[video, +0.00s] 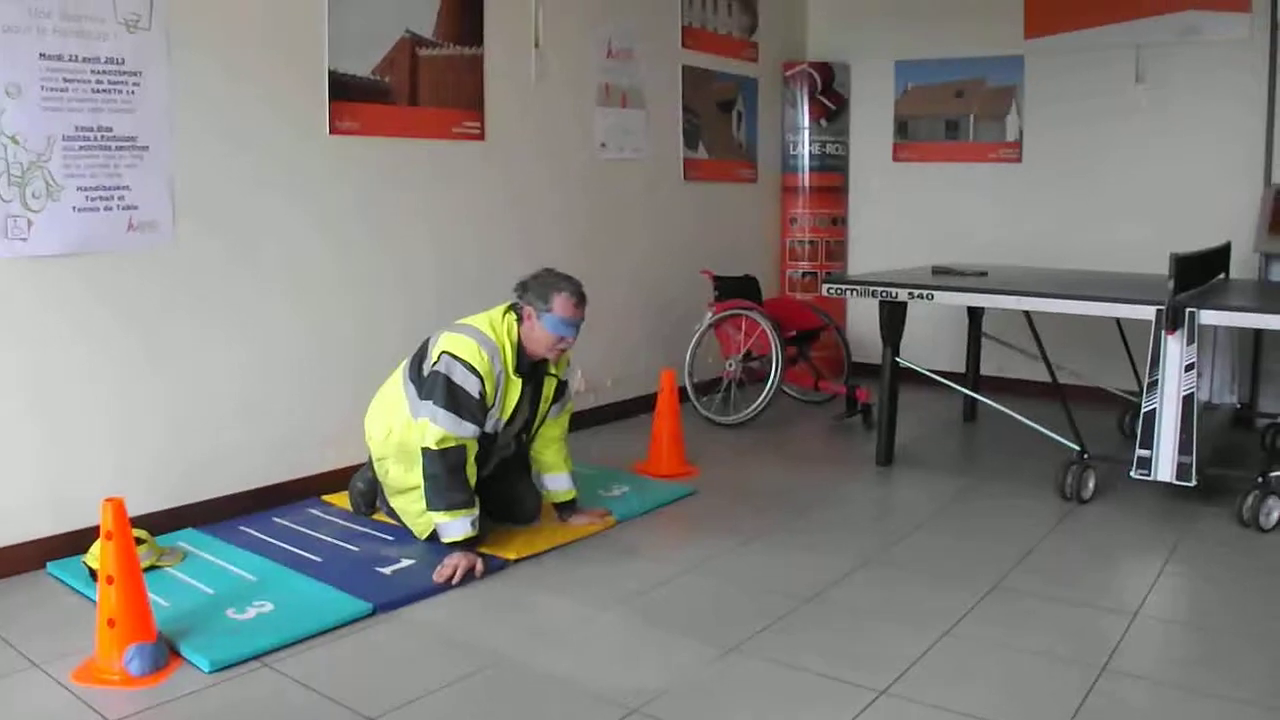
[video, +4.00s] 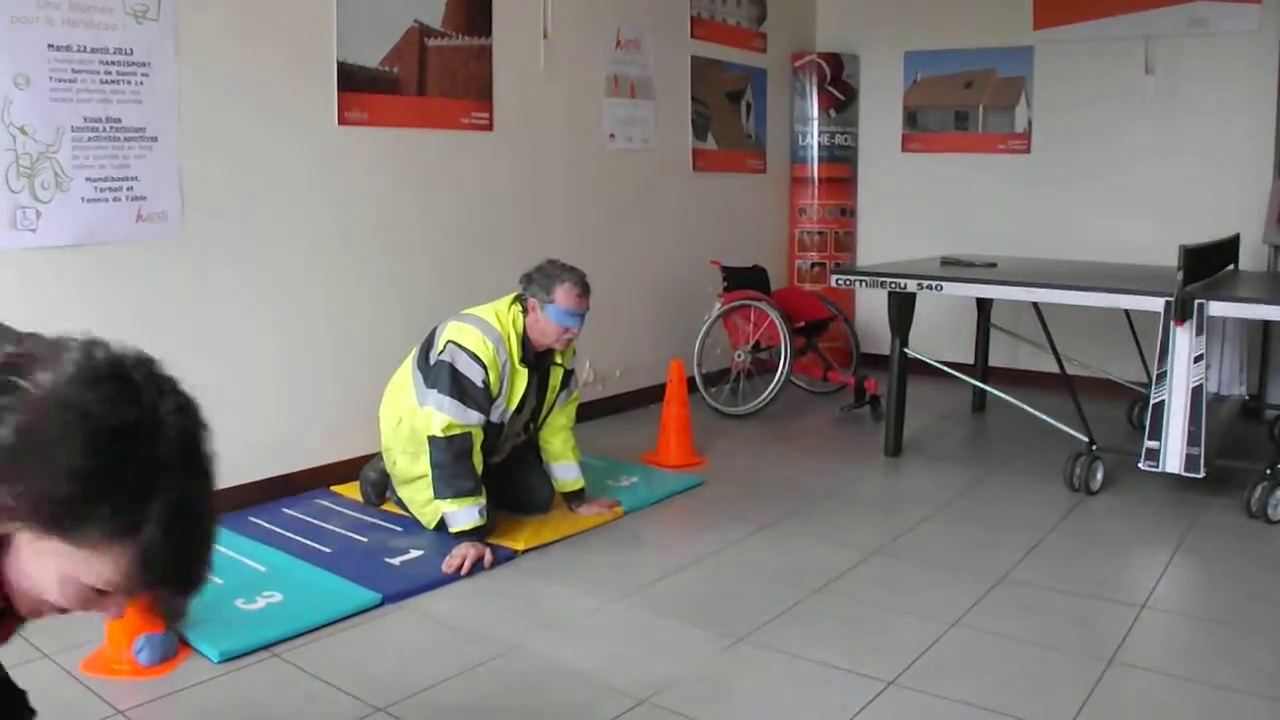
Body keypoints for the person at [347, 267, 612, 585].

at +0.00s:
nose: (568, 340)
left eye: (574, 330)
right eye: (561, 328)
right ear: (527, 316)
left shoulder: (554, 361)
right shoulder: (468, 353)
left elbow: (550, 434)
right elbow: (444, 448)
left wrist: (566, 507)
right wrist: (461, 545)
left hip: (482, 433)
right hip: (407, 440)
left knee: (523, 510)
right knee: (438, 529)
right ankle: (383, 478)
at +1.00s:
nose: (557, 338)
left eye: (563, 328)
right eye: (548, 326)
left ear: (567, 323)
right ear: (515, 317)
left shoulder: (546, 357)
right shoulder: (457, 355)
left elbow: (543, 434)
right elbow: (437, 451)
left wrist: (563, 510)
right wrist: (456, 548)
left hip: (477, 438)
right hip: (403, 445)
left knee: (520, 512)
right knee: (440, 534)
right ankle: (378, 483)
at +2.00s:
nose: (560, 339)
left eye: (566, 329)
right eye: (552, 327)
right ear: (518, 318)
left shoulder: (548, 357)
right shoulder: (460, 355)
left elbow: (546, 434)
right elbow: (438, 452)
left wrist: (567, 509)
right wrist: (459, 547)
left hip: (481, 439)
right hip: (408, 447)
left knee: (523, 511)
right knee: (456, 535)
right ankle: (383, 482)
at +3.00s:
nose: (568, 332)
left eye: (573, 321)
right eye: (559, 319)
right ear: (525, 311)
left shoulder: (554, 351)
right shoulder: (465, 348)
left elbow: (552, 427)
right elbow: (444, 443)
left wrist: (572, 502)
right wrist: (465, 540)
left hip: (489, 434)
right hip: (416, 440)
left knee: (532, 504)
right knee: (451, 527)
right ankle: (391, 479)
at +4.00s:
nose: (575, 331)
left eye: (580, 321)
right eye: (566, 319)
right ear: (532, 308)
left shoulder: (560, 349)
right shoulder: (472, 344)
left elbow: (557, 423)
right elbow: (450, 440)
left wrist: (576, 498)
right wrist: (469, 536)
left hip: (494, 428)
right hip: (420, 435)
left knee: (536, 500)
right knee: (455, 522)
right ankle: (393, 474)